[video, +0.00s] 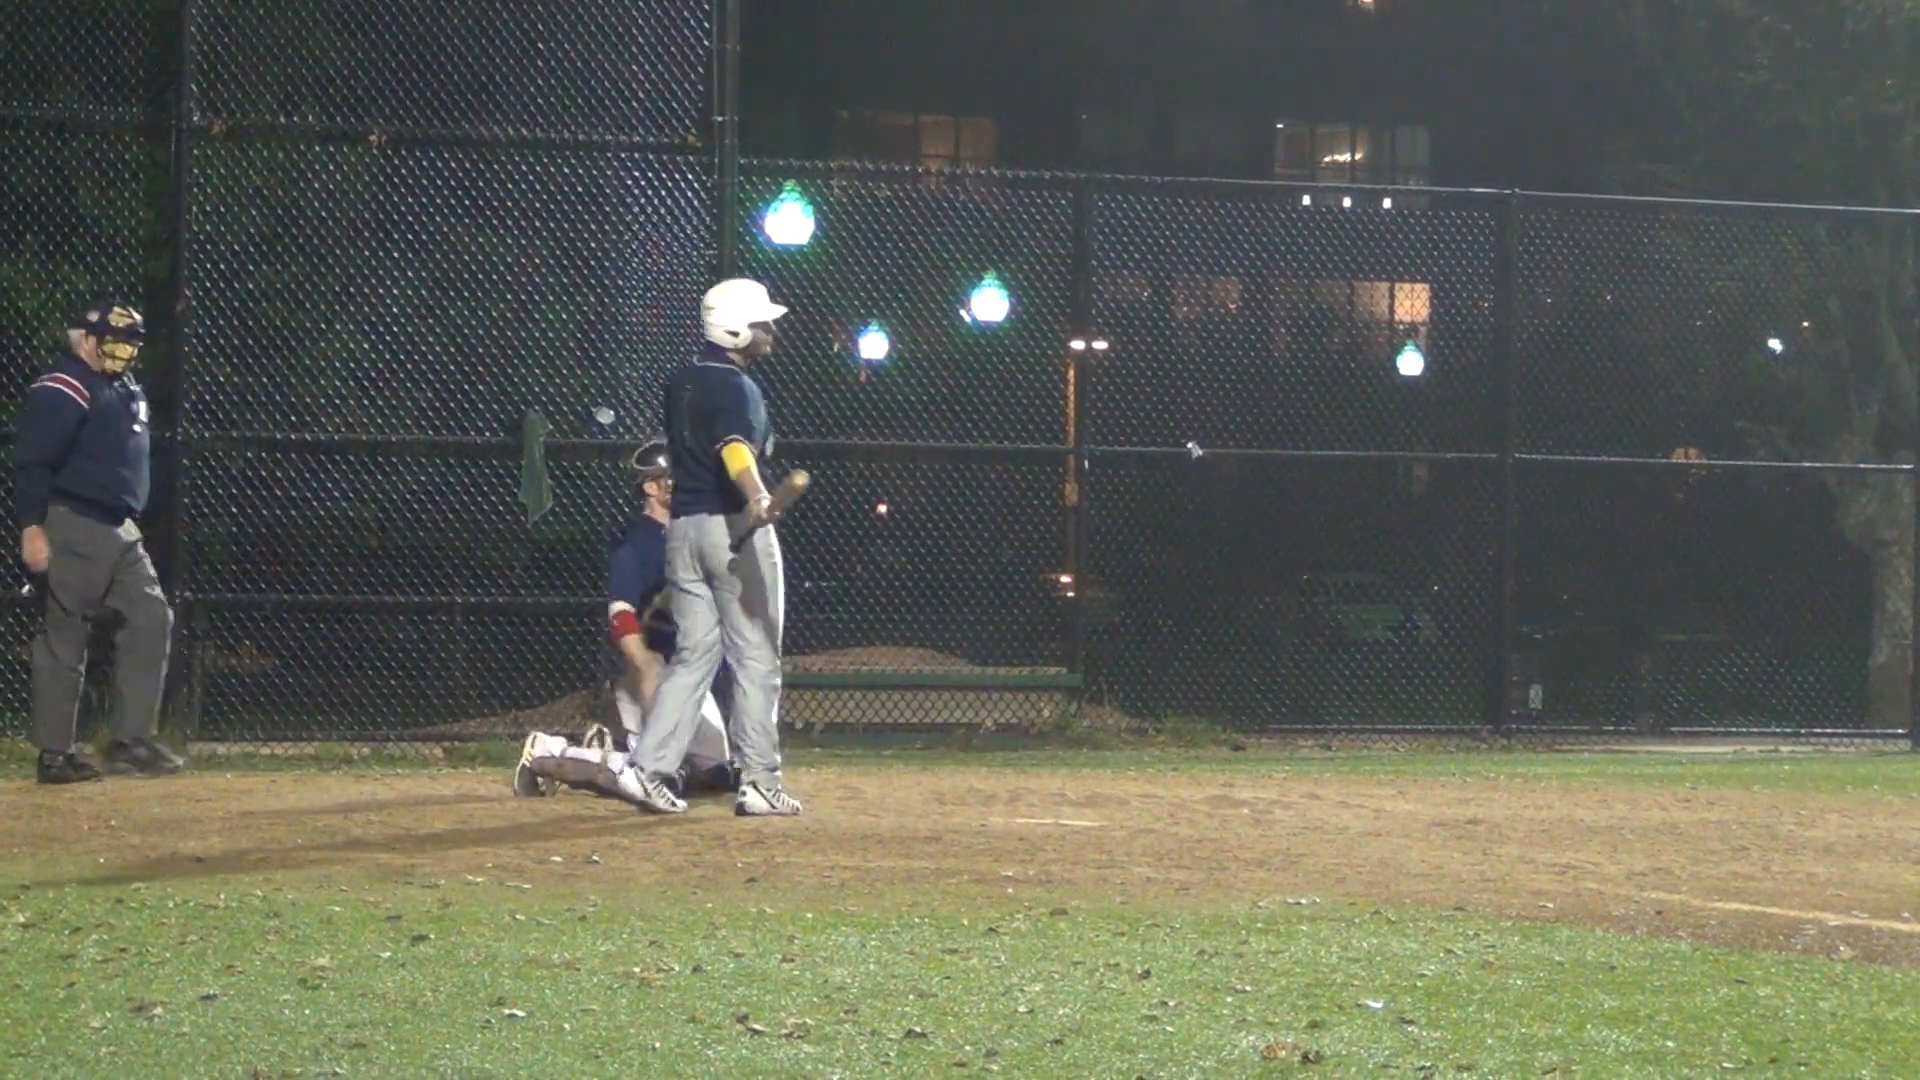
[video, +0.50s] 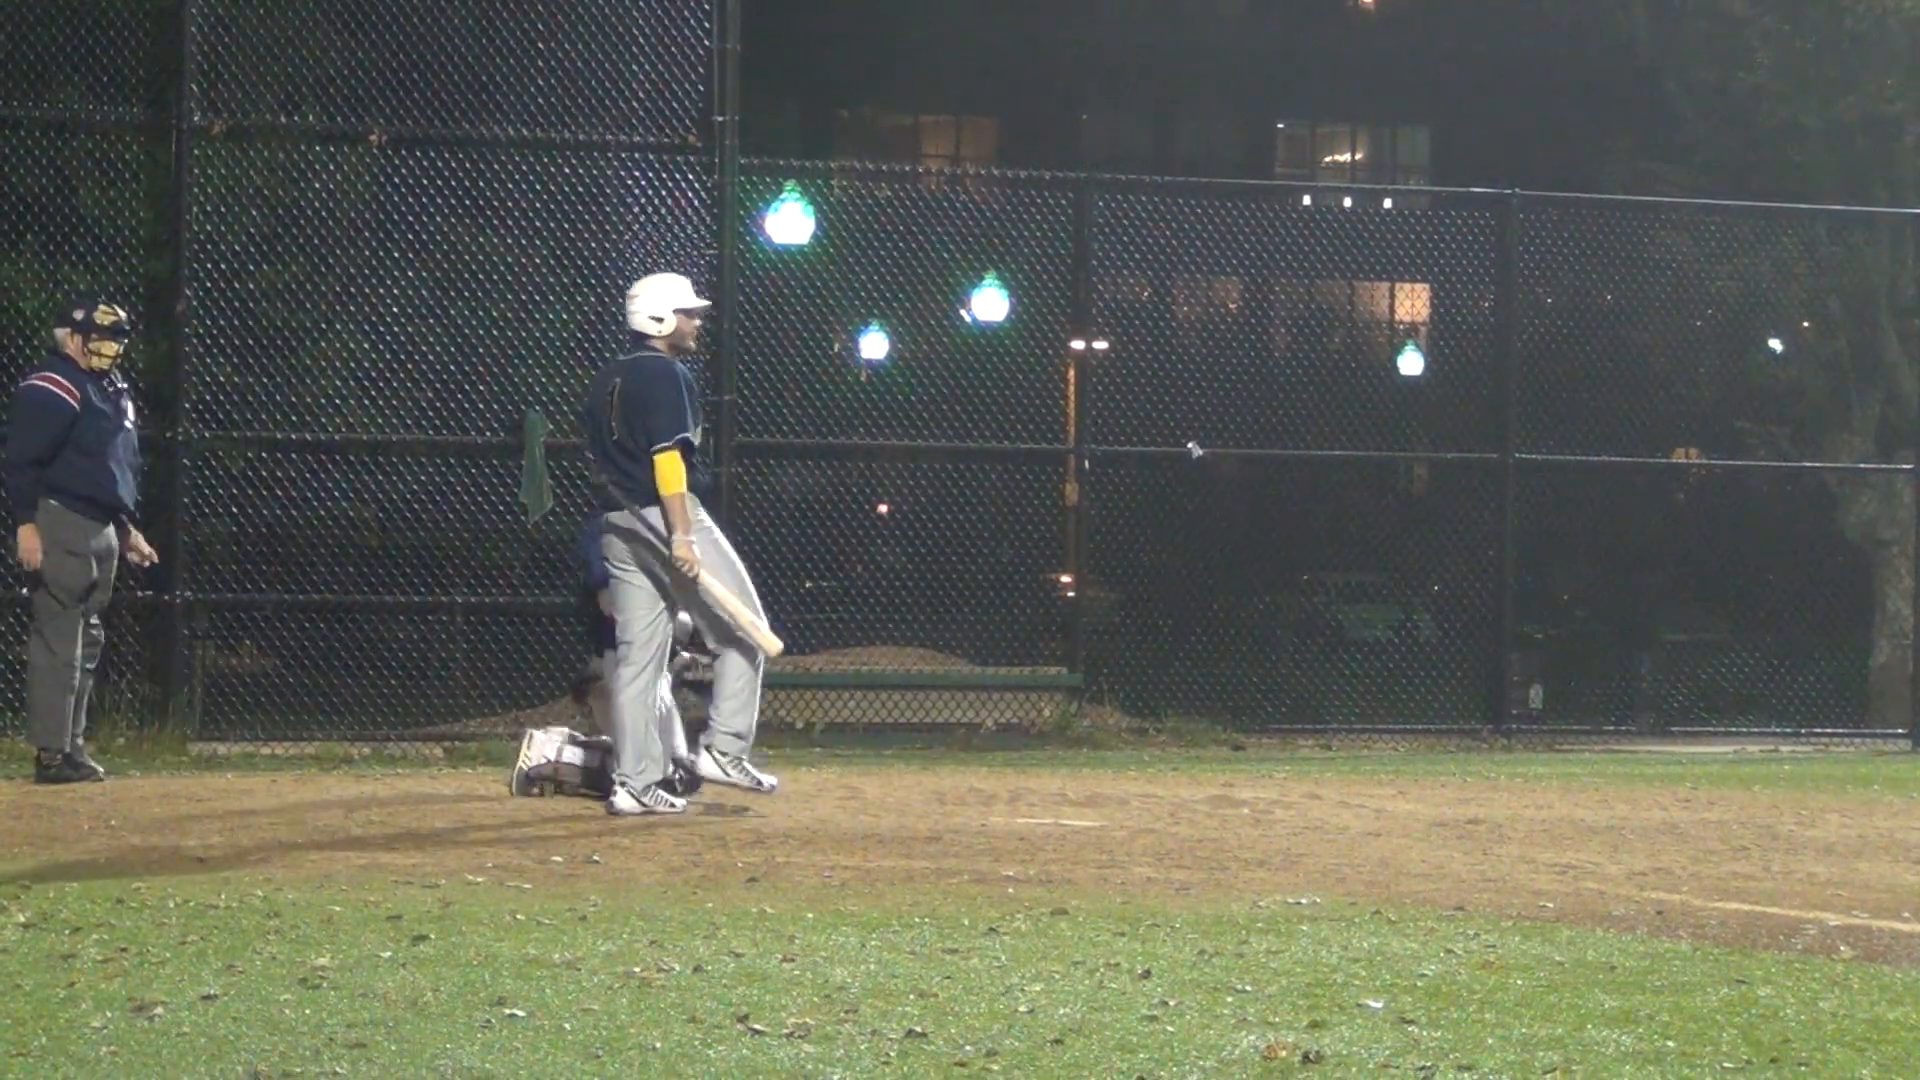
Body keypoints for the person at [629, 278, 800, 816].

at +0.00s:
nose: (773, 333)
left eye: (771, 324)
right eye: (766, 325)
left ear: (721, 330)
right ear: (742, 331)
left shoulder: (681, 381)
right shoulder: (736, 385)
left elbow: (681, 452)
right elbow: (735, 453)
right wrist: (760, 497)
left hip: (685, 527)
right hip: (733, 526)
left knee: (695, 652)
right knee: (756, 656)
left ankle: (650, 769)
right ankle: (759, 784)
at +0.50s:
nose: (699, 324)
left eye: (696, 315)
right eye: (690, 316)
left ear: (651, 323)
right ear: (661, 322)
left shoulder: (610, 377)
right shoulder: (663, 373)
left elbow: (602, 456)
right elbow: (668, 456)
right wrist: (682, 534)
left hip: (621, 523)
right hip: (671, 520)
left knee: (638, 651)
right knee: (744, 629)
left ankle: (635, 782)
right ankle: (726, 751)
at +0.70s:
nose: (681, 320)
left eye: (679, 311)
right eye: (672, 312)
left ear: (632, 321)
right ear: (645, 318)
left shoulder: (596, 379)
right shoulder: (659, 372)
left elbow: (580, 461)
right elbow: (673, 455)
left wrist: (600, 516)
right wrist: (697, 531)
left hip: (610, 528)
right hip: (655, 524)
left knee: (635, 651)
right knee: (727, 630)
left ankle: (633, 782)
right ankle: (687, 742)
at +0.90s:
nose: (671, 319)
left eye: (667, 310)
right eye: (662, 311)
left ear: (623, 320)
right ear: (637, 318)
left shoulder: (591, 383)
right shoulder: (657, 372)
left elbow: (585, 465)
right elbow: (677, 453)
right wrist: (716, 520)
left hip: (605, 527)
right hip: (657, 525)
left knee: (630, 651)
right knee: (685, 647)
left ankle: (628, 780)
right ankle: (646, 766)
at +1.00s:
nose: (666, 319)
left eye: (663, 310)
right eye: (659, 311)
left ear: (616, 321)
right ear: (637, 318)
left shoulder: (587, 382)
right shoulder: (654, 373)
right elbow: (676, 453)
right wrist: (722, 510)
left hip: (603, 523)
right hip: (654, 521)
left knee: (625, 654)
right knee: (665, 653)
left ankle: (628, 773)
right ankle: (630, 779)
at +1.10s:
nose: (665, 318)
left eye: (662, 309)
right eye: (658, 311)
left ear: (613, 321)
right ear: (637, 317)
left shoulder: (590, 379)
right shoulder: (651, 373)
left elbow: (612, 463)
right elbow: (673, 454)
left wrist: (705, 482)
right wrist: (720, 497)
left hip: (601, 525)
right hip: (650, 526)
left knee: (619, 655)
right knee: (649, 658)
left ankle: (627, 773)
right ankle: (621, 785)